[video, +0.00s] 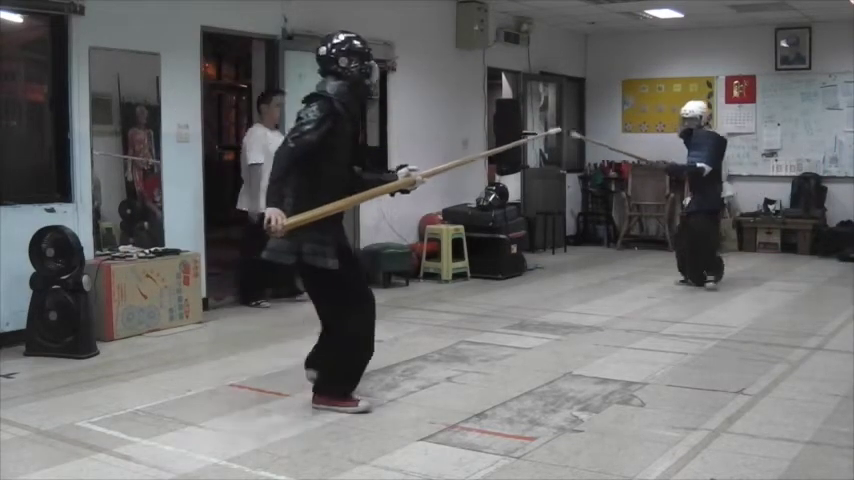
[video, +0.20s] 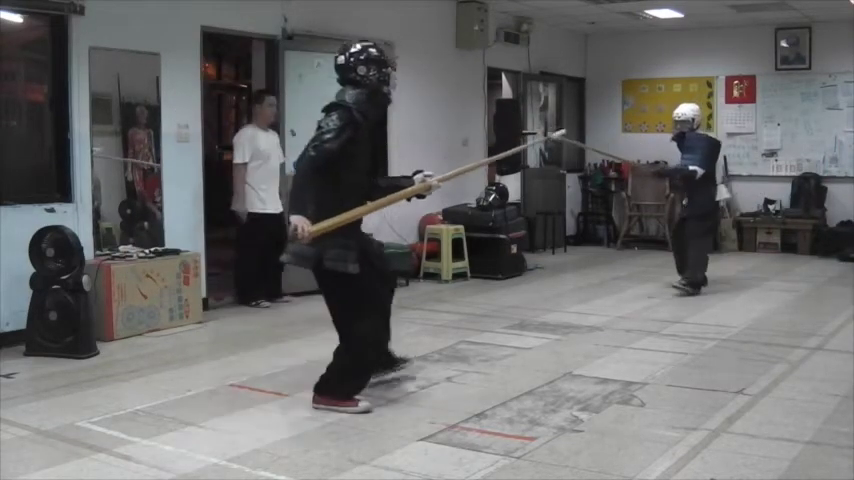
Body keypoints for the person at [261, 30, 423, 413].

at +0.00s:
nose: (368, 69)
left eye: (367, 62)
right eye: (360, 62)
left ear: (345, 64)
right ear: (341, 63)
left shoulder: (346, 108)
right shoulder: (322, 104)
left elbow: (348, 175)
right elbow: (288, 152)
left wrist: (394, 180)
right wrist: (275, 204)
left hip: (327, 224)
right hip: (311, 226)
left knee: (348, 300)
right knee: (355, 306)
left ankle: (322, 365)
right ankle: (332, 392)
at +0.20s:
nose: (387, 76)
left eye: (386, 69)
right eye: (379, 69)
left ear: (362, 73)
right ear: (360, 72)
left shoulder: (369, 113)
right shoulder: (345, 111)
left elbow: (367, 186)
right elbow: (308, 162)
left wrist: (410, 184)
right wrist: (299, 212)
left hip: (348, 228)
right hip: (328, 230)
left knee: (381, 281)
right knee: (362, 314)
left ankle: (376, 355)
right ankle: (332, 392)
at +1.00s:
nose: (441, 103)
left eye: (441, 96)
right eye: (436, 96)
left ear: (412, 97)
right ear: (422, 97)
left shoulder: (416, 134)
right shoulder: (401, 133)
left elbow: (413, 188)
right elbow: (374, 172)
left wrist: (449, 186)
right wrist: (367, 216)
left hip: (399, 233)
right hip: (382, 234)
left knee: (427, 281)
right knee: (384, 313)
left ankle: (429, 350)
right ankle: (325, 378)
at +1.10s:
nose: (426, 102)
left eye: (426, 93)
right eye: (421, 94)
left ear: (401, 94)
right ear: (404, 93)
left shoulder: (402, 133)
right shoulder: (386, 131)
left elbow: (399, 190)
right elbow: (357, 171)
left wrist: (439, 188)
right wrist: (352, 218)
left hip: (386, 237)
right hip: (370, 237)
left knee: (414, 294)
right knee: (372, 317)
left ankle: (429, 353)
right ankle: (317, 386)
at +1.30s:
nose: (409, 90)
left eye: (408, 82)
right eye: (403, 83)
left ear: (380, 84)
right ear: (387, 84)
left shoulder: (386, 125)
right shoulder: (364, 121)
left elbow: (401, 182)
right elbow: (331, 163)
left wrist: (442, 182)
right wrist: (320, 215)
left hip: (363, 230)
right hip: (342, 232)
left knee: (394, 271)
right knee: (363, 309)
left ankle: (381, 358)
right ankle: (316, 386)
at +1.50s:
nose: (406, 85)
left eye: (405, 77)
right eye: (400, 77)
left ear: (376, 79)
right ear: (384, 78)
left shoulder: (384, 120)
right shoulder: (361, 116)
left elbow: (399, 176)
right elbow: (327, 156)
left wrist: (447, 182)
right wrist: (311, 210)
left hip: (352, 226)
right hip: (329, 227)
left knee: (374, 284)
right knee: (350, 302)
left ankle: (369, 360)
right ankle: (315, 386)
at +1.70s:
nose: (406, 87)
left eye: (407, 79)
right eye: (401, 79)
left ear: (378, 79)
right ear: (384, 78)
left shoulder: (384, 122)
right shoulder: (358, 116)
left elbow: (395, 180)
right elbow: (325, 153)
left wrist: (438, 180)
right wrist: (309, 204)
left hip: (355, 227)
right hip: (330, 228)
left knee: (379, 288)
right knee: (351, 303)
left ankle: (369, 361)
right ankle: (315, 386)